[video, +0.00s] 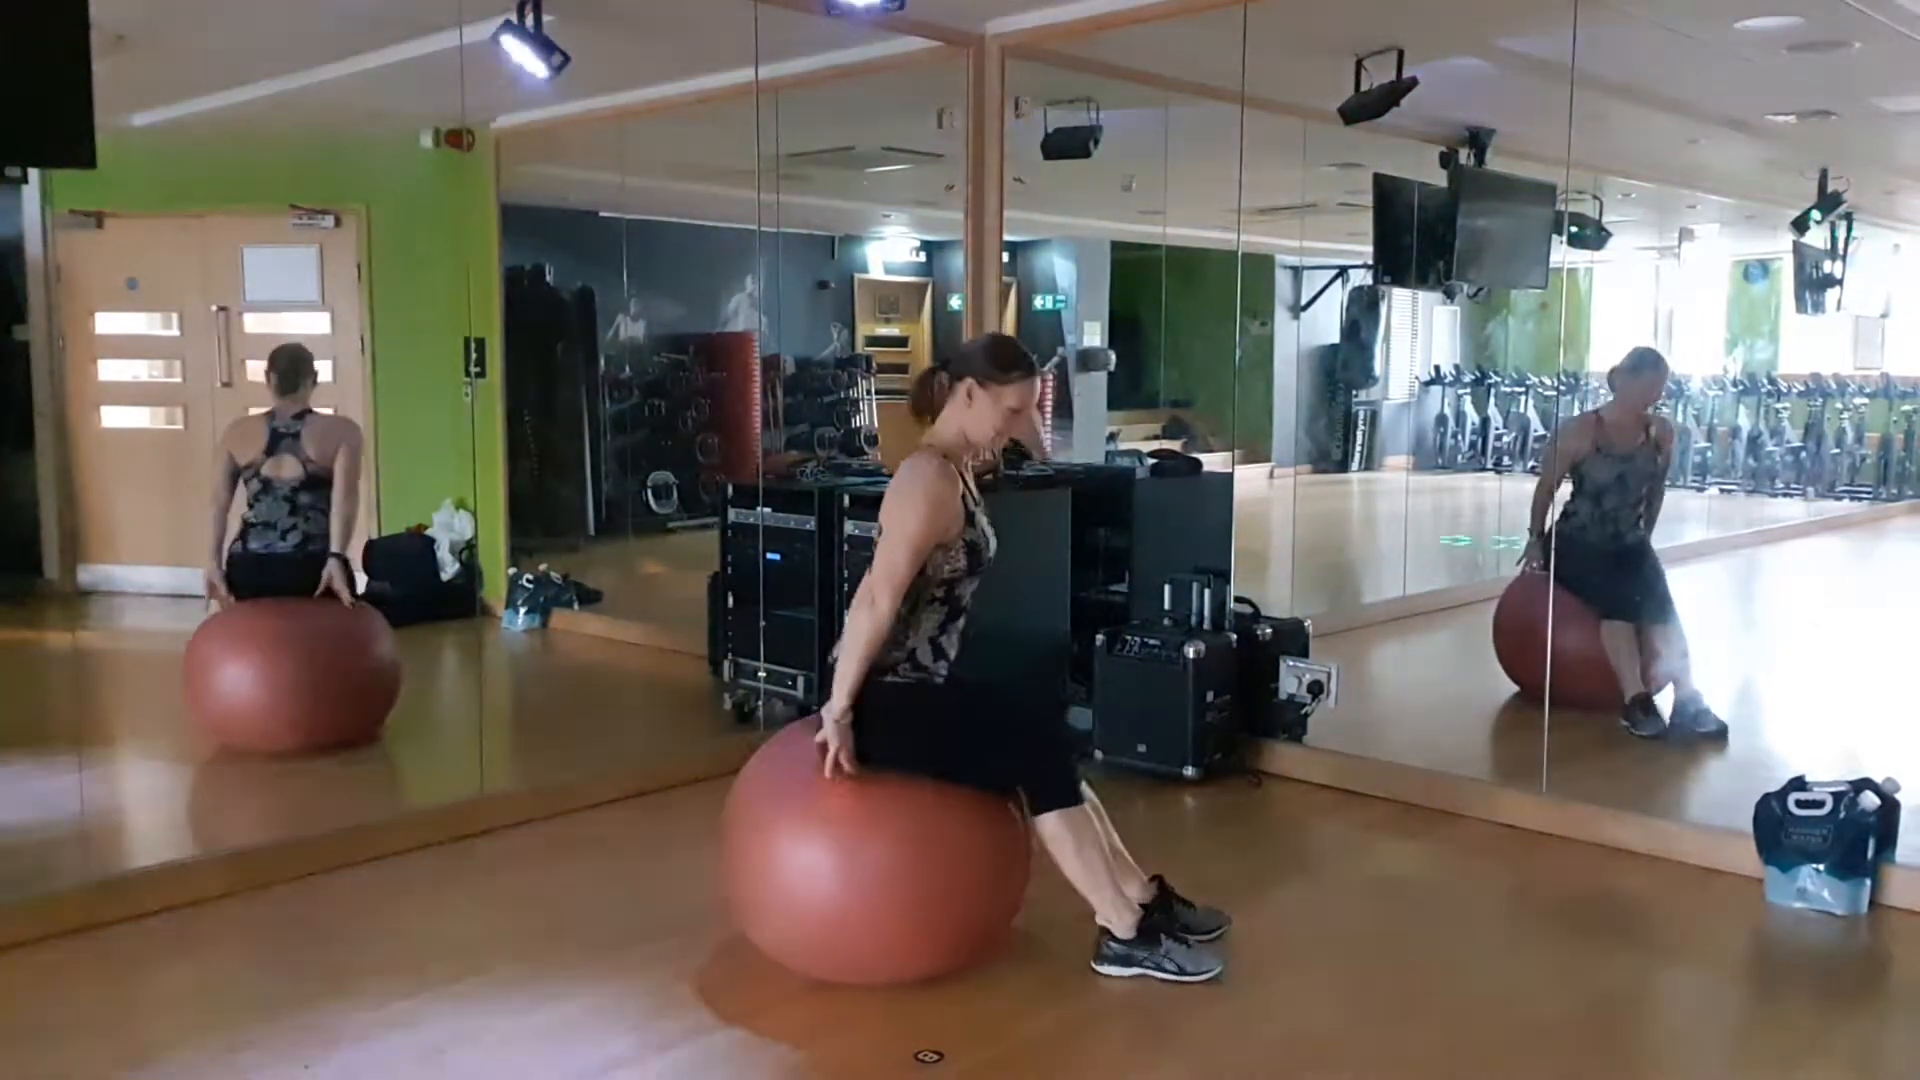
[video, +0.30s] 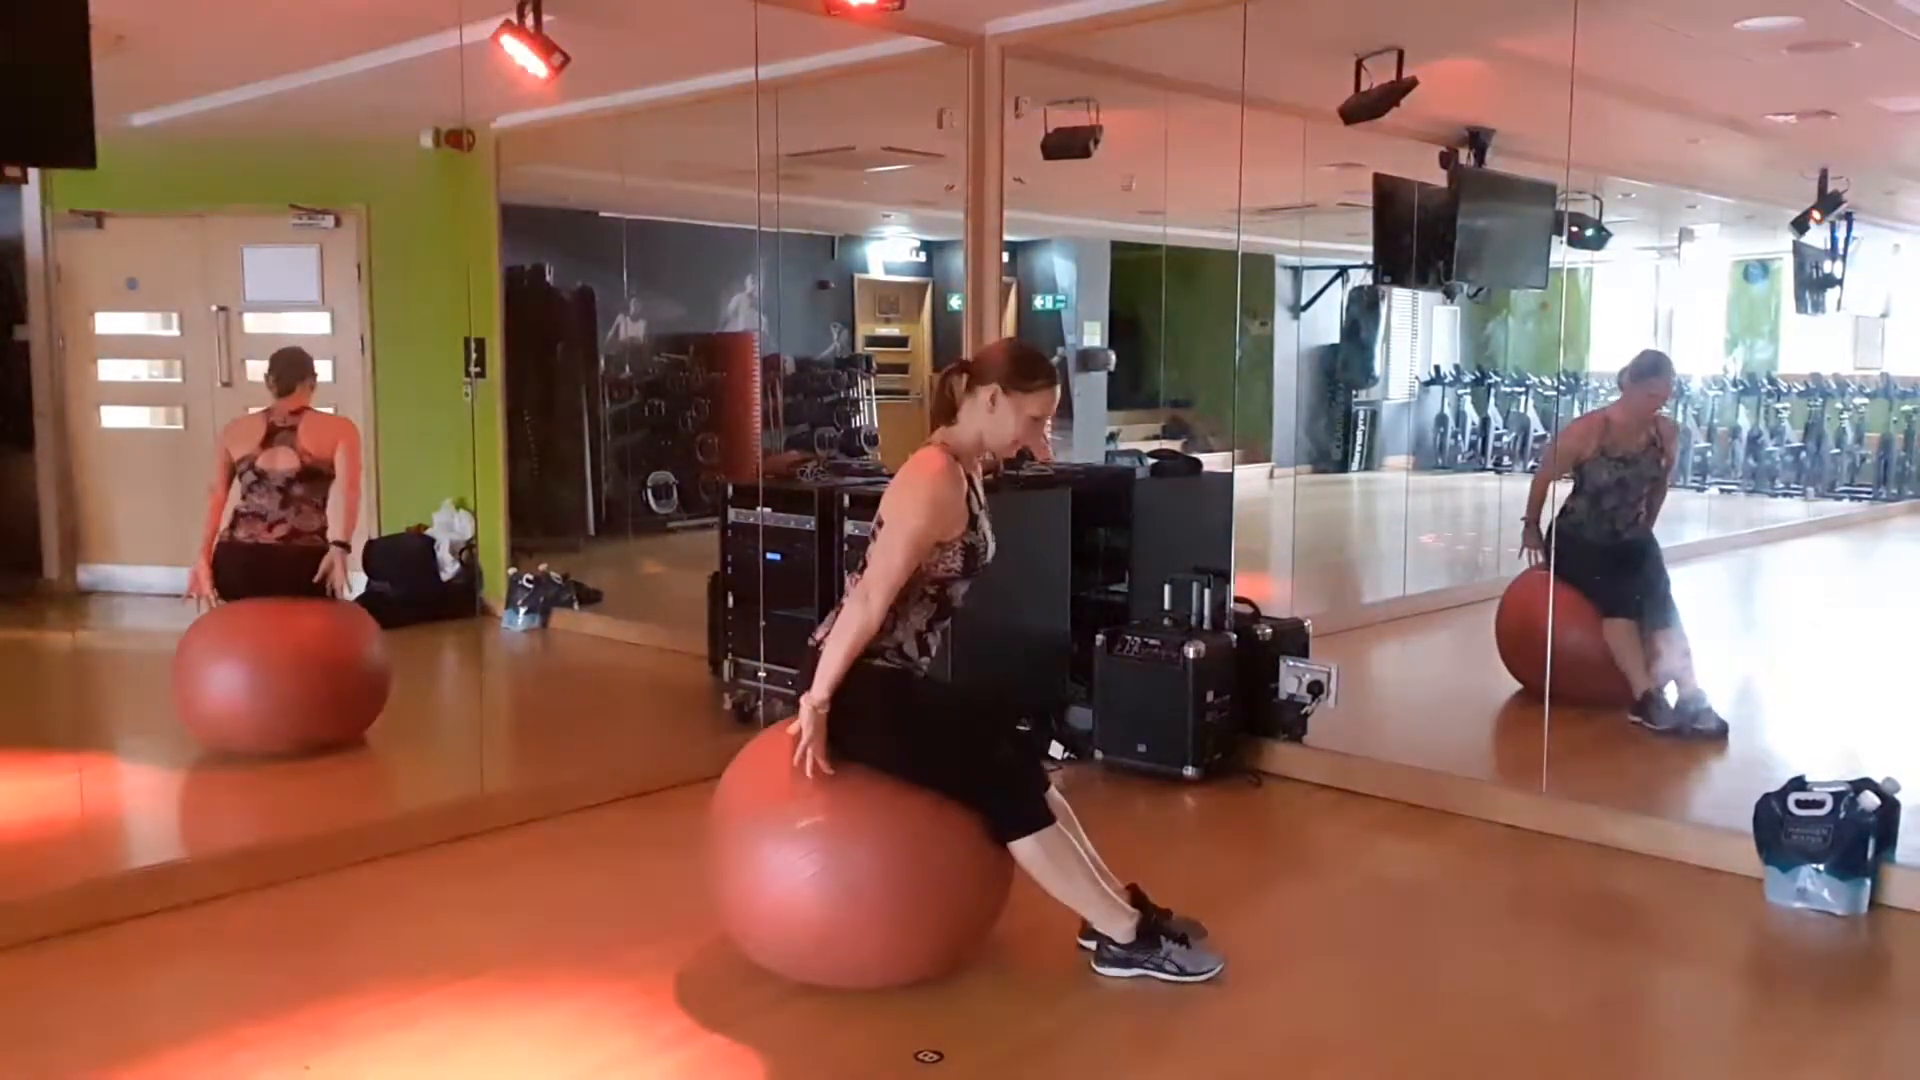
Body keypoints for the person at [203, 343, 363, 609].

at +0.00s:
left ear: (269, 380)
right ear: (313, 380)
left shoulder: (239, 432)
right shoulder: (341, 431)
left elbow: (219, 504)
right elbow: (343, 495)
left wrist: (213, 563)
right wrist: (337, 555)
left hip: (250, 570)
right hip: (314, 569)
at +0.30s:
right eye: (313, 379)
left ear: (269, 383)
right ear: (311, 381)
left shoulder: (236, 431)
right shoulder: (339, 430)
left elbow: (218, 497)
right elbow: (347, 490)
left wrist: (204, 558)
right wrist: (340, 545)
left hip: (235, 562)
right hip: (305, 563)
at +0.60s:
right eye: (313, 386)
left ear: (271, 384)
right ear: (314, 386)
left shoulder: (234, 433)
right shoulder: (338, 433)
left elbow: (213, 499)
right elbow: (342, 494)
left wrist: (199, 560)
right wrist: (331, 555)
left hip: (235, 567)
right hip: (299, 568)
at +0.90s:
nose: (305, 386)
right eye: (303, 379)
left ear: (260, 383)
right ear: (299, 382)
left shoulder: (228, 436)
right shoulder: (330, 430)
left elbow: (216, 512)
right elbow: (342, 492)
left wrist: (212, 575)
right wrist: (332, 554)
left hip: (242, 569)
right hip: (306, 568)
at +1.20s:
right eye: (304, 381)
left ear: (259, 386)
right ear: (303, 386)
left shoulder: (231, 437)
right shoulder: (332, 437)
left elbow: (218, 507)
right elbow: (344, 506)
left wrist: (218, 572)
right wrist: (338, 564)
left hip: (250, 568)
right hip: (312, 567)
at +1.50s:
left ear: (262, 398)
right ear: (307, 400)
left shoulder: (234, 450)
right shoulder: (335, 452)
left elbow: (225, 525)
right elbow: (352, 525)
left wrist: (235, 586)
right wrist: (346, 576)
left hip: (262, 582)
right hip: (321, 581)